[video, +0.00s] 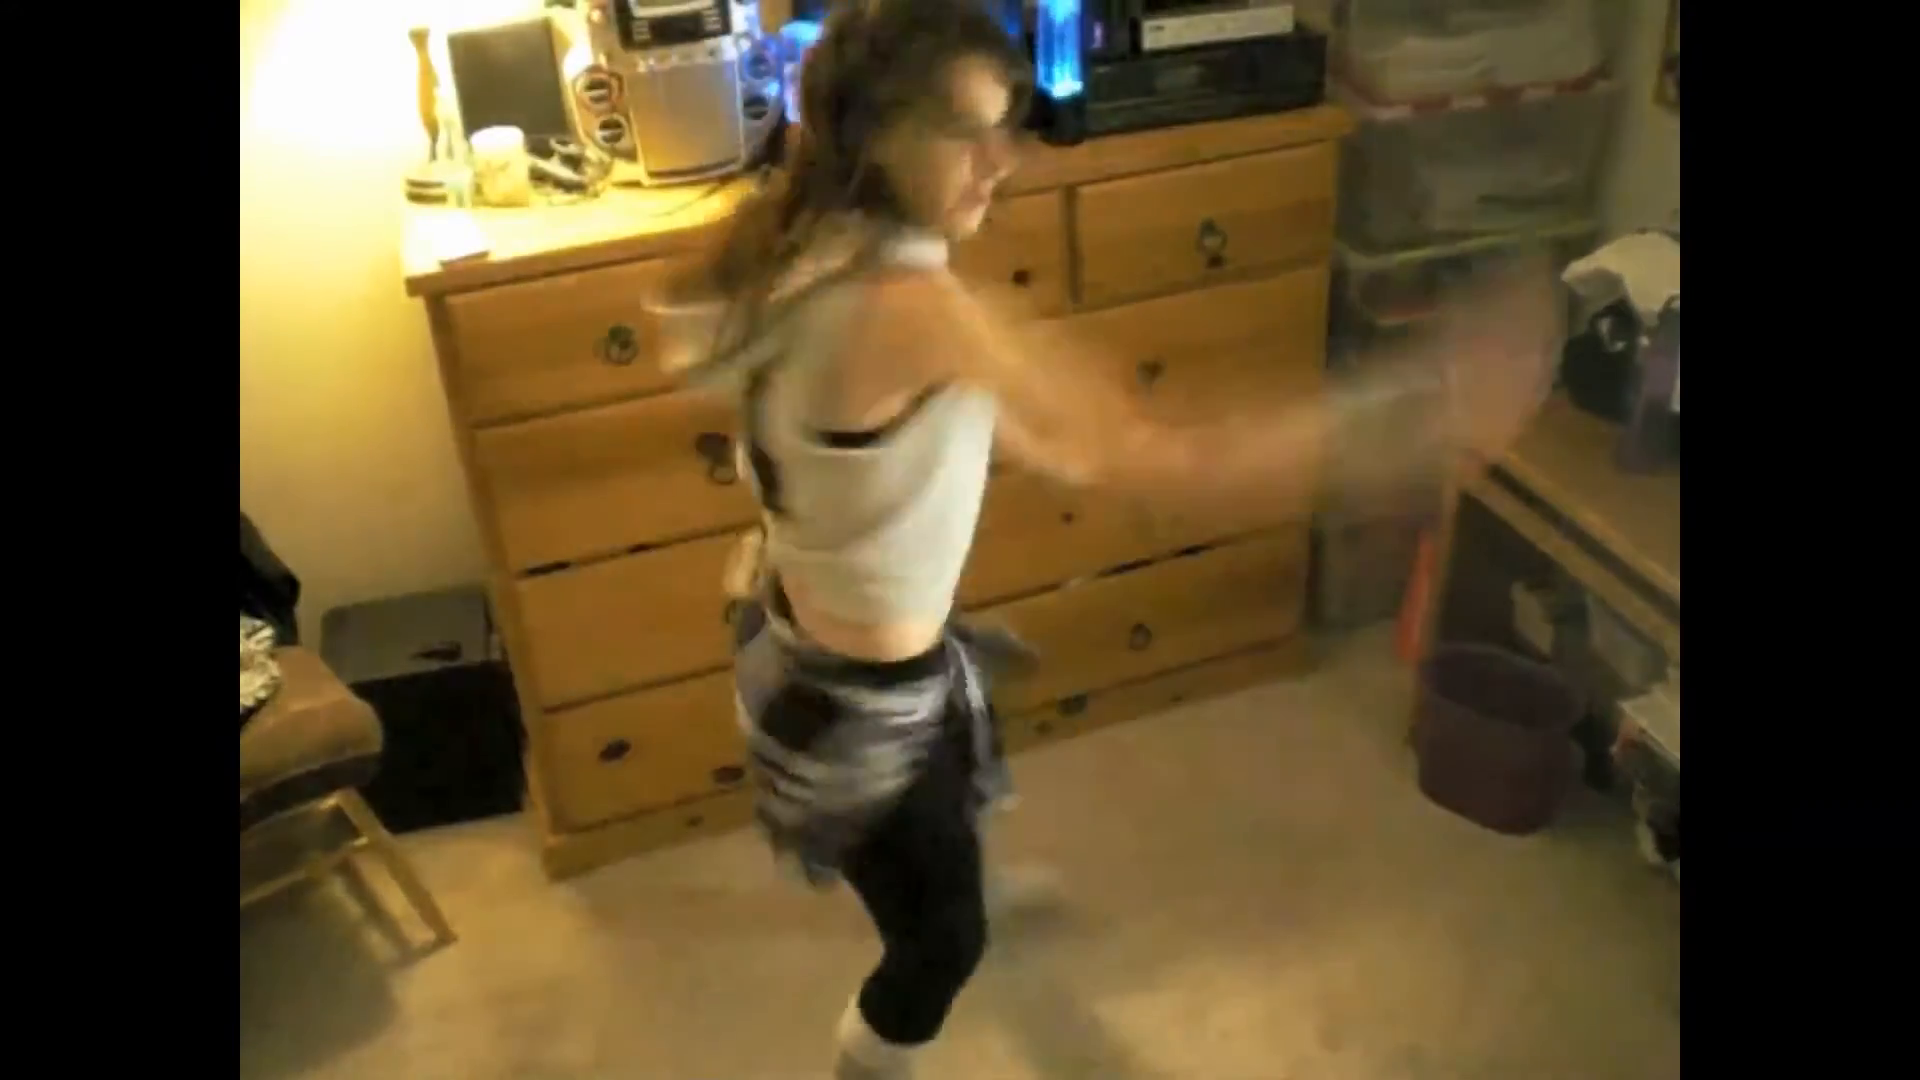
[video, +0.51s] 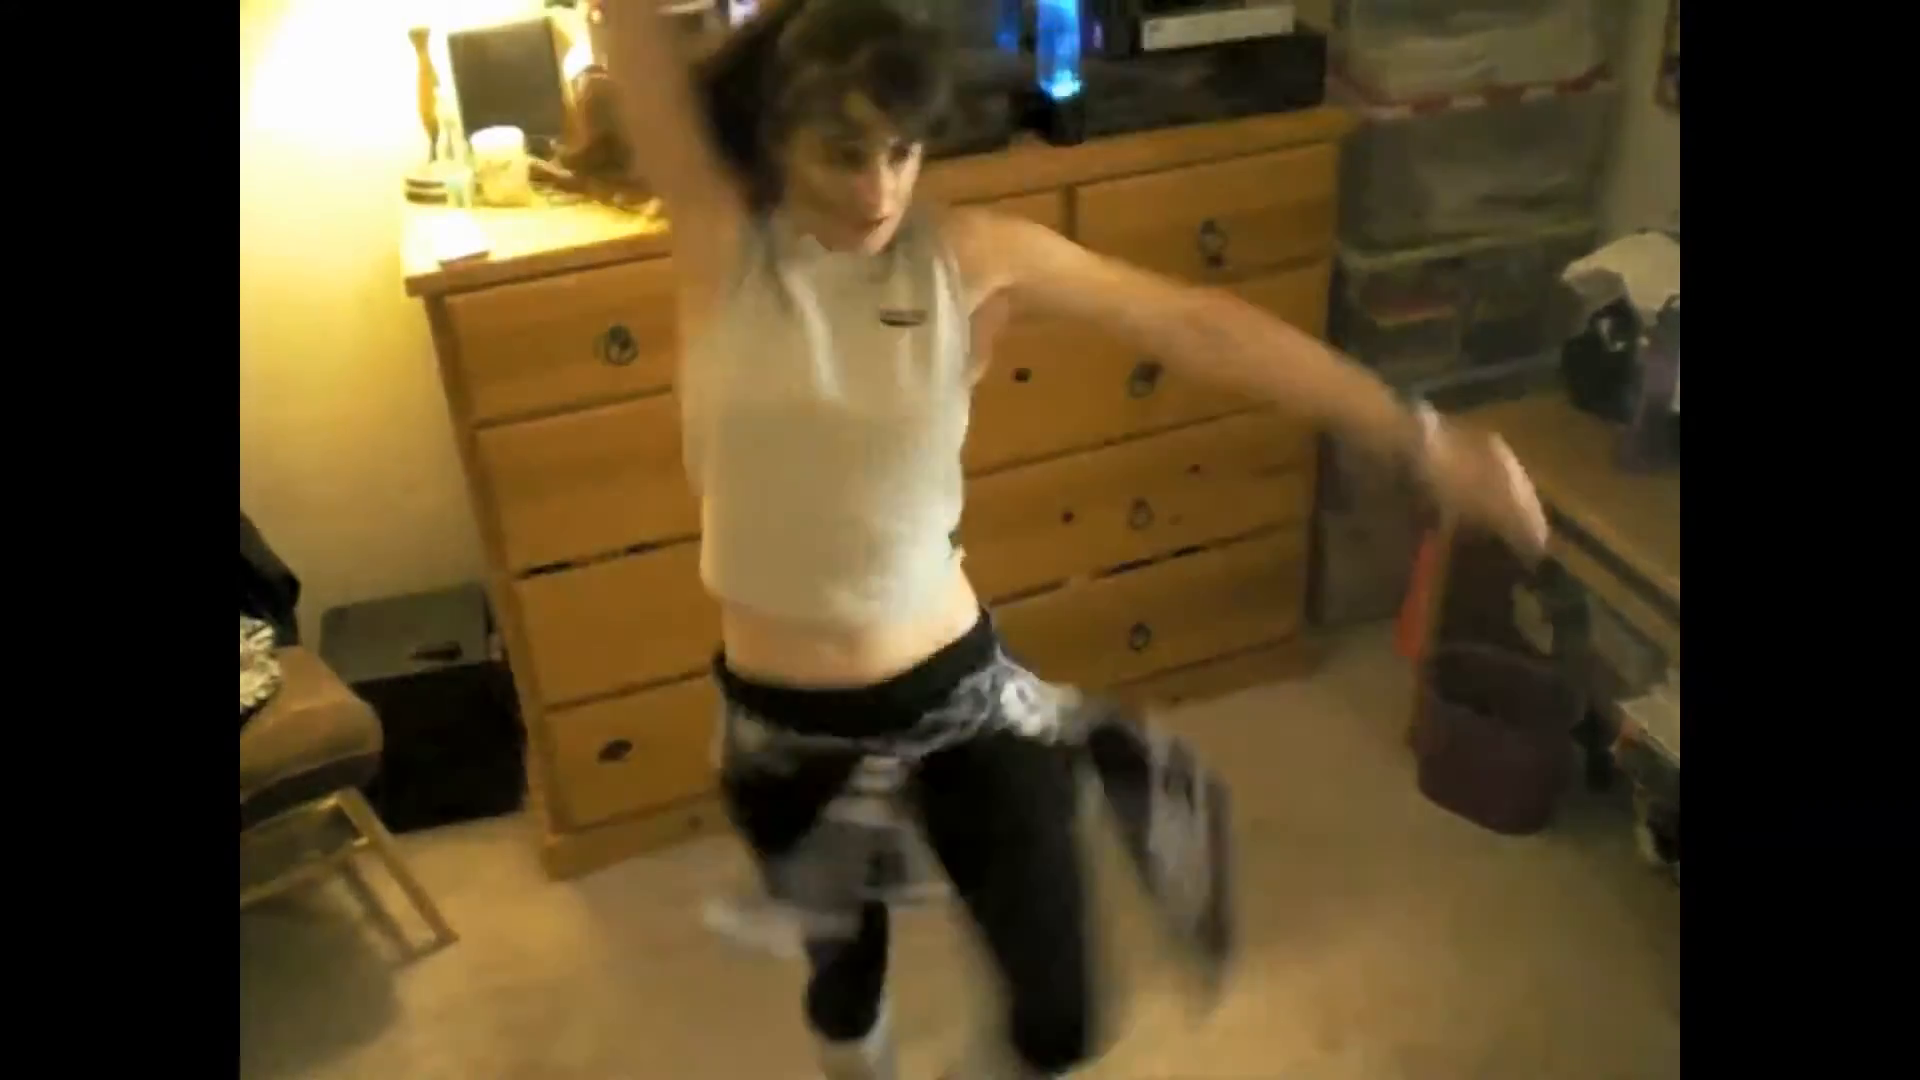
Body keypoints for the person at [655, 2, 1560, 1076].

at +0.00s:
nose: (997, 164)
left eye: (1002, 131)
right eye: (964, 135)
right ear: (869, 136)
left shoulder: (808, 246)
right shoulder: (908, 307)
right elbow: (1136, 457)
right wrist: (1404, 416)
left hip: (830, 645)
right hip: (863, 711)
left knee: (946, 790)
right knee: (937, 942)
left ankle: (966, 894)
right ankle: (870, 1054)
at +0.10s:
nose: (1006, 152)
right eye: (996, 133)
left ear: (786, 132)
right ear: (963, 158)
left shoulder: (742, 278)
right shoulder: (1009, 278)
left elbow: (750, 148)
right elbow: (1153, 225)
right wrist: (1051, 125)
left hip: (768, 658)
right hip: (919, 694)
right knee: (923, 927)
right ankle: (917, 1060)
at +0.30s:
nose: (899, 172)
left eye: (930, 140)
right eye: (872, 140)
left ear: (994, 130)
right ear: (843, 125)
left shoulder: (957, 289)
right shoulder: (887, 235)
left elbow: (820, 519)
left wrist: (694, 745)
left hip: (908, 698)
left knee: (665, 929)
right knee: (944, 933)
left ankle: (796, 1066)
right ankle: (989, 1059)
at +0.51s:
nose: (876, 190)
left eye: (901, 155)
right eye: (844, 155)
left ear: (927, 145)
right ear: (774, 142)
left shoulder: (973, 259)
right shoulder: (721, 253)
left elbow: (1197, 327)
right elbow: (625, 18)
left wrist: (1423, 437)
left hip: (955, 701)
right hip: (780, 721)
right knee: (838, 1001)